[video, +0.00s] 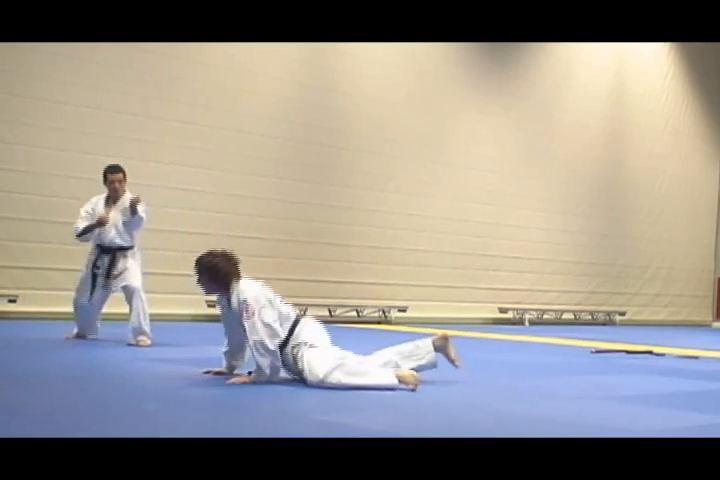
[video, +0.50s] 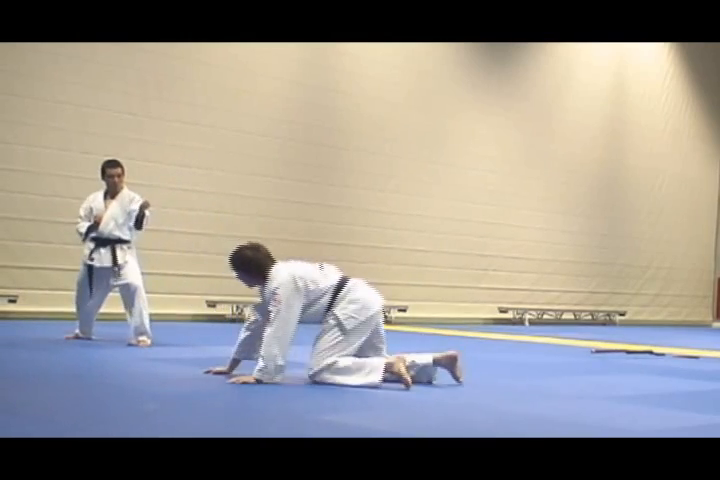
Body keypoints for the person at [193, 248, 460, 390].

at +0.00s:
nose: (198, 283)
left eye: (201, 278)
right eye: (198, 278)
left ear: (215, 278)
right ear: (220, 274)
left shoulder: (247, 295)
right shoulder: (227, 297)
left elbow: (262, 339)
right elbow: (234, 336)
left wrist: (258, 375)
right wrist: (230, 366)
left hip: (304, 336)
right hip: (294, 350)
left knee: (318, 375)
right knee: (363, 366)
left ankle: (393, 377)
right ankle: (433, 347)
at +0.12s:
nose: (207, 274)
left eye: (208, 269)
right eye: (206, 269)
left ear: (222, 266)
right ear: (229, 262)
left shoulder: (252, 281)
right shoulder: (241, 286)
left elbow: (262, 330)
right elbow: (237, 330)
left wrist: (257, 373)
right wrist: (229, 366)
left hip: (311, 322)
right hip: (308, 330)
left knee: (318, 372)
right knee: (368, 365)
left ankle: (388, 373)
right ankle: (437, 349)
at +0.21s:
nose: (212, 271)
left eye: (213, 265)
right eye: (210, 266)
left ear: (226, 263)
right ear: (235, 258)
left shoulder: (257, 278)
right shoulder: (247, 282)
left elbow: (262, 327)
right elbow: (240, 327)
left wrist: (256, 373)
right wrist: (230, 367)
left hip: (321, 314)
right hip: (318, 321)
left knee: (317, 371)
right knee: (372, 366)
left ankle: (386, 372)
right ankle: (440, 353)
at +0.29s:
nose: (217, 270)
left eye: (218, 265)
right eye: (216, 265)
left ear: (229, 265)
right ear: (241, 257)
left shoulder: (263, 277)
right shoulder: (254, 280)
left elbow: (265, 327)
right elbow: (245, 325)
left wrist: (257, 373)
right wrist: (232, 366)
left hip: (330, 309)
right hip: (333, 310)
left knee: (320, 371)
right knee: (373, 366)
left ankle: (386, 372)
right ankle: (440, 357)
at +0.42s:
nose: (231, 276)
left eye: (230, 272)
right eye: (229, 272)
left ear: (239, 270)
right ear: (252, 261)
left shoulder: (275, 278)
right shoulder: (265, 280)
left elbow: (273, 329)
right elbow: (250, 324)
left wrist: (260, 373)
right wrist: (233, 364)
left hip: (345, 302)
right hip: (350, 300)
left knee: (318, 370)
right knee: (374, 365)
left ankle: (387, 369)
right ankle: (440, 360)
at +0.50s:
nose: (239, 280)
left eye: (239, 275)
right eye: (238, 275)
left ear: (250, 273)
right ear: (262, 262)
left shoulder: (283, 281)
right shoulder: (277, 279)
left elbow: (279, 331)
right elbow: (256, 324)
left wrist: (263, 374)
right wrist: (234, 362)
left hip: (353, 301)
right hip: (364, 298)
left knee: (321, 369)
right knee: (374, 367)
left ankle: (386, 367)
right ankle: (439, 363)